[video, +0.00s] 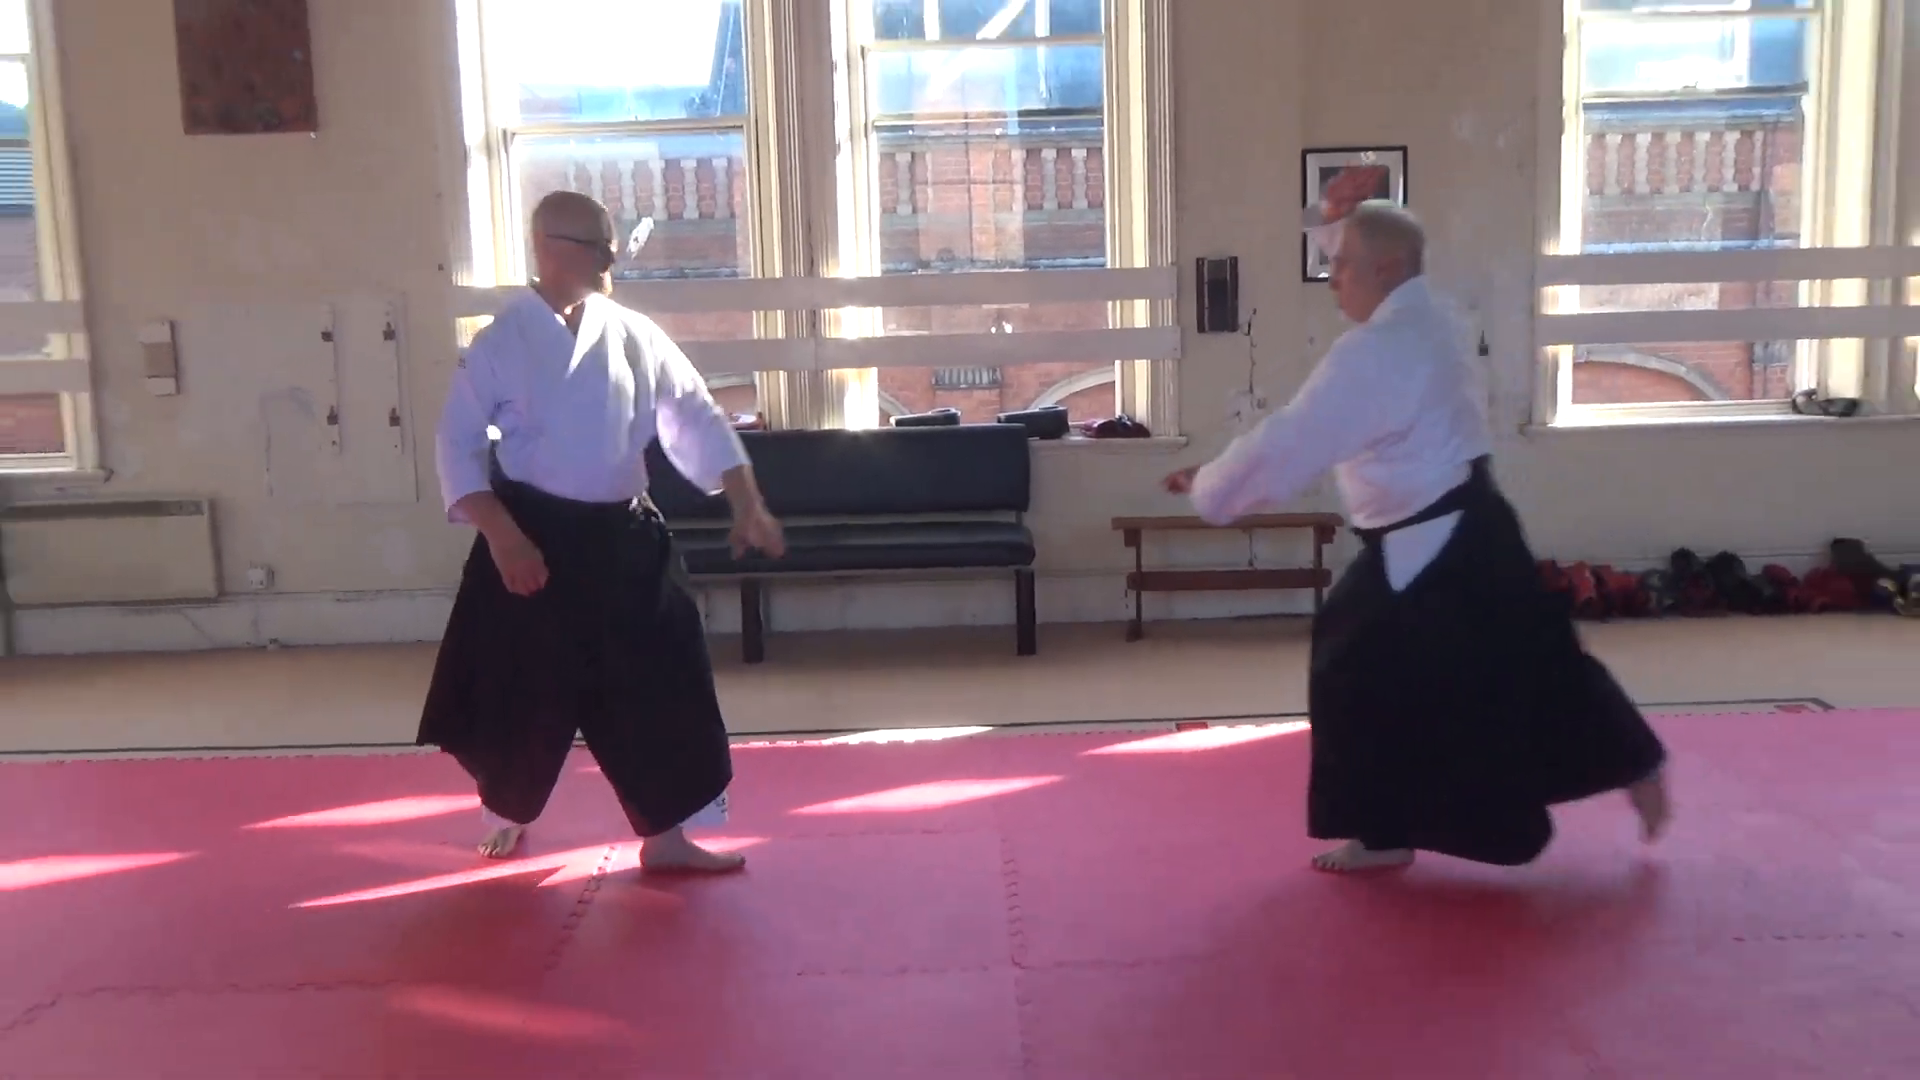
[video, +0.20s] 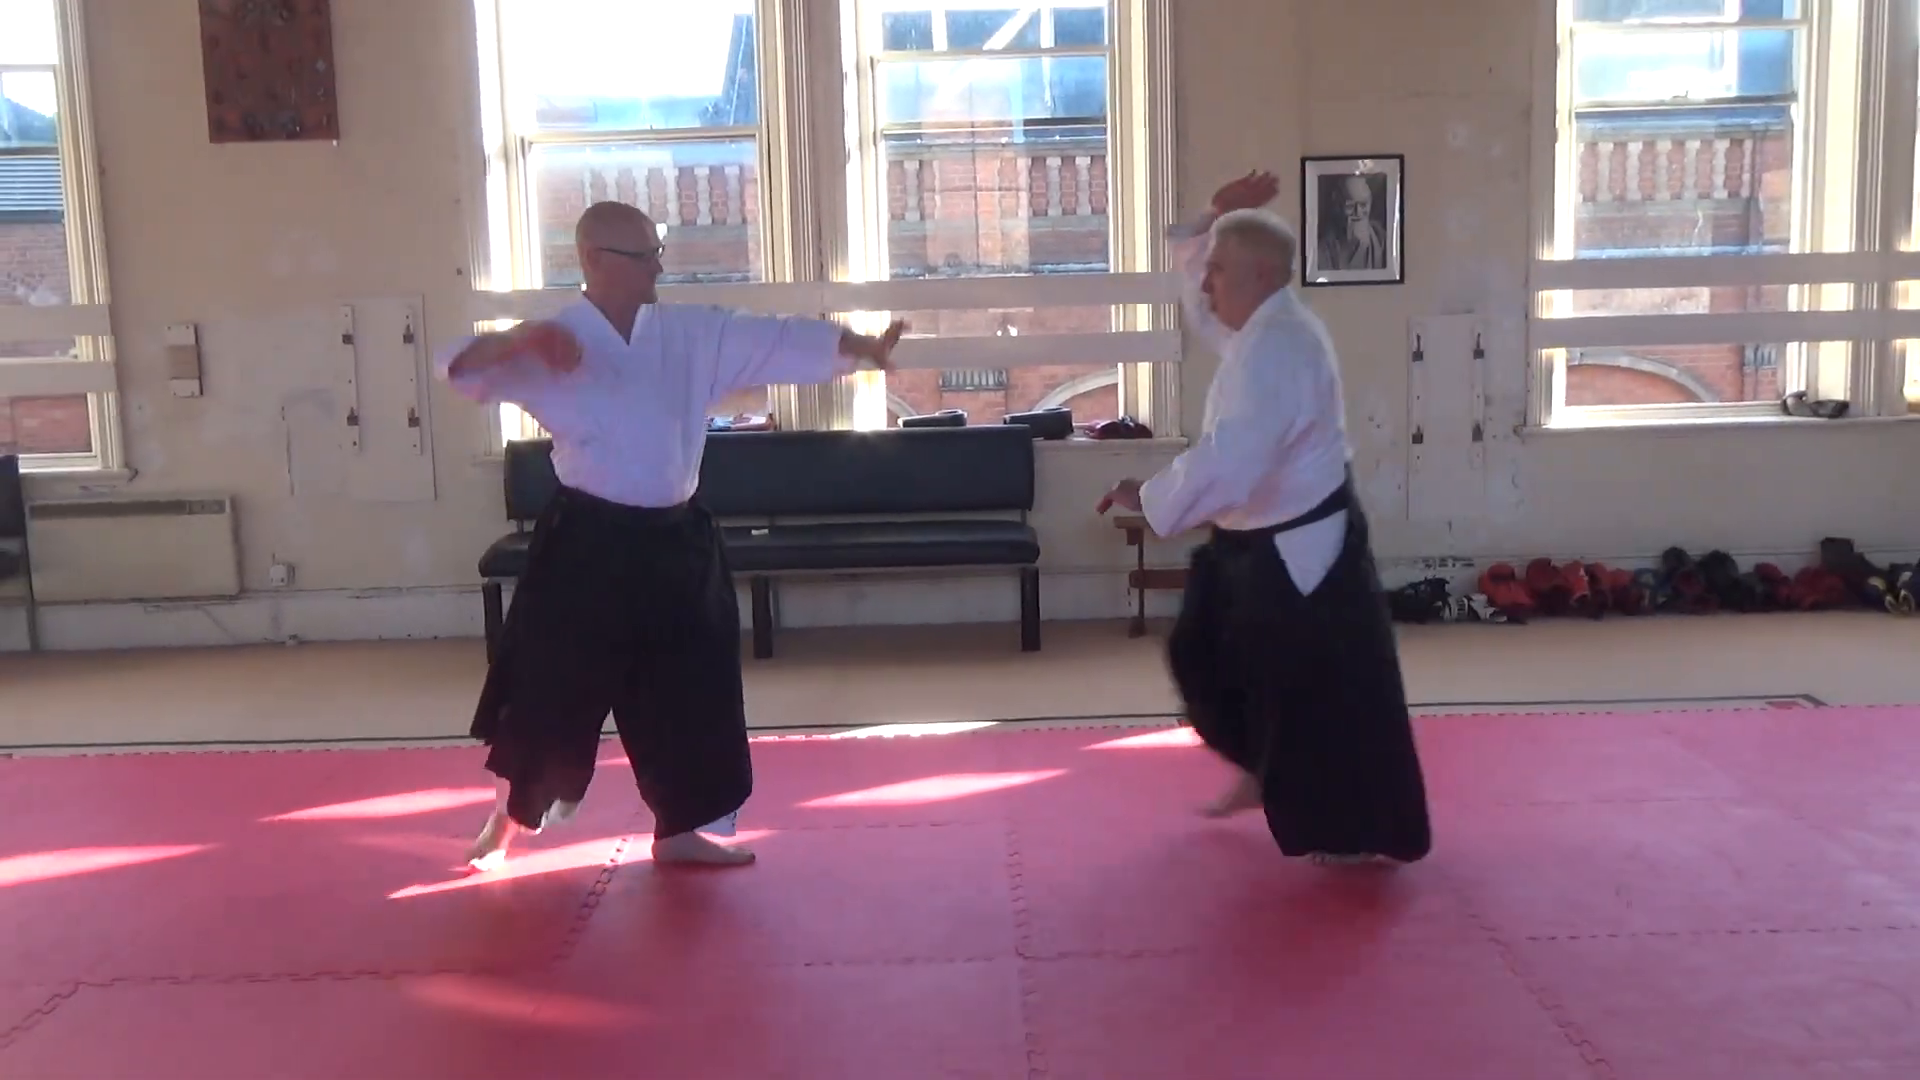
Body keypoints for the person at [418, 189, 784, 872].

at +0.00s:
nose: (604, 255)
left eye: (602, 242)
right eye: (580, 240)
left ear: (600, 253)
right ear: (544, 248)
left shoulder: (634, 336)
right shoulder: (504, 341)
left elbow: (697, 415)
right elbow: (457, 445)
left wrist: (745, 498)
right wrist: (503, 536)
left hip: (625, 536)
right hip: (534, 537)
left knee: (656, 683)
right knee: (522, 683)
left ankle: (664, 837)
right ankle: (510, 812)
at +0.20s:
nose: (658, 266)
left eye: (658, 254)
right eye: (644, 255)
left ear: (650, 259)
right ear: (595, 259)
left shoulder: (688, 332)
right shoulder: (553, 337)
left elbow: (773, 338)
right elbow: (464, 372)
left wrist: (861, 347)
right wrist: (523, 347)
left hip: (676, 532)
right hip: (588, 532)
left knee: (686, 684)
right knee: (555, 682)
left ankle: (676, 830)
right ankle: (514, 805)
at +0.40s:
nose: (690, 267)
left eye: (688, 256)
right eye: (675, 256)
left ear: (676, 266)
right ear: (624, 266)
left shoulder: (720, 325)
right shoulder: (586, 339)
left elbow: (809, 293)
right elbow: (523, 330)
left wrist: (895, 250)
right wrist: (573, 252)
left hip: (705, 540)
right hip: (619, 540)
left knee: (719, 688)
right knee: (599, 701)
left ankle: (697, 827)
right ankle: (563, 865)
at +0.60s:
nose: (712, 252)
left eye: (710, 239)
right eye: (702, 240)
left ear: (656, 252)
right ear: (658, 249)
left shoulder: (666, 324)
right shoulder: (641, 341)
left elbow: (750, 340)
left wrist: (805, 277)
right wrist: (747, 281)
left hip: (687, 538)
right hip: (658, 546)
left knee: (726, 704)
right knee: (691, 721)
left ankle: (714, 838)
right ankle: (710, 922)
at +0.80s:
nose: (762, 258)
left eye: (761, 244)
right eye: (758, 245)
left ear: (686, 242)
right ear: (733, 246)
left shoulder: (630, 322)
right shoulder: (744, 337)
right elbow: (850, 361)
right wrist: (903, 299)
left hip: (627, 534)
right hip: (712, 543)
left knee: (670, 701)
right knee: (787, 714)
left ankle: (644, 854)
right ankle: (769, 912)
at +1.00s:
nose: (839, 240)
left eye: (837, 227)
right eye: (840, 228)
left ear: (762, 224)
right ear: (825, 231)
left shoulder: (694, 304)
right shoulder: (852, 328)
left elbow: (659, 390)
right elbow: (869, 441)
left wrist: (737, 418)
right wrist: (797, 438)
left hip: (702, 519)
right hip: (801, 526)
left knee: (711, 708)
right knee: (846, 703)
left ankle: (682, 889)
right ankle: (838, 893)